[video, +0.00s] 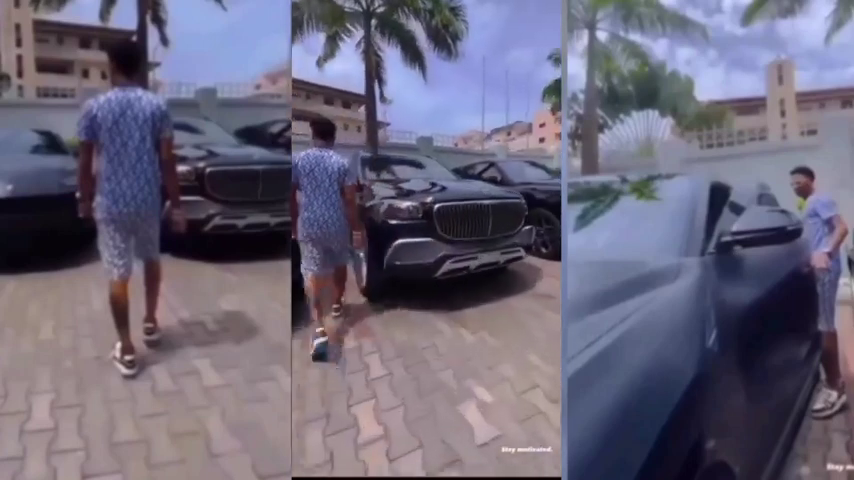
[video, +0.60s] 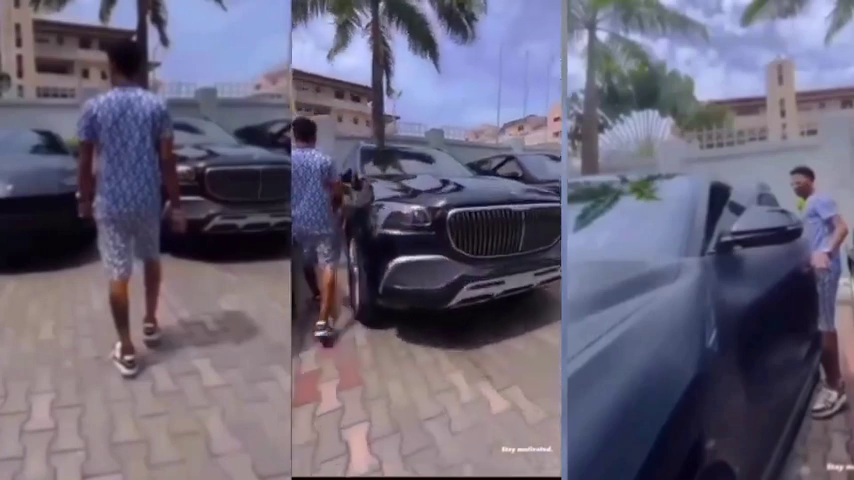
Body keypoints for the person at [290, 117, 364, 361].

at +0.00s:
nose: (320, 140)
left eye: (317, 135)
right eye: (329, 137)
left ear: (313, 136)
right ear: (333, 137)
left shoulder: (299, 160)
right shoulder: (341, 163)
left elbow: (293, 196)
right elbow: (349, 197)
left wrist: (294, 224)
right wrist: (356, 225)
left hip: (308, 223)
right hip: (336, 222)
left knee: (313, 274)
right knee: (339, 263)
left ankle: (318, 325)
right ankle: (337, 301)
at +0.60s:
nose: (298, 140)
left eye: (295, 135)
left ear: (294, 136)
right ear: (315, 136)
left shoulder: (288, 160)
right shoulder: (324, 161)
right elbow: (335, 189)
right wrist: (336, 208)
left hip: (297, 221)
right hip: (322, 220)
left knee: (305, 263)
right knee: (327, 266)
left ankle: (316, 295)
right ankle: (323, 319)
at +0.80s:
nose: (314, 138)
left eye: (308, 134)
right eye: (321, 133)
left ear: (304, 135)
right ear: (323, 134)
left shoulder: (295, 158)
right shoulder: (332, 157)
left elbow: (292, 187)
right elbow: (344, 186)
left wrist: (297, 205)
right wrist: (343, 205)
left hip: (307, 213)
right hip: (332, 212)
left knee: (317, 259)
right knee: (343, 254)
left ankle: (327, 299)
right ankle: (339, 294)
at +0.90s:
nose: (323, 138)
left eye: (317, 134)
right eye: (328, 134)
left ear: (311, 135)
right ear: (331, 135)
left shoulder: (300, 158)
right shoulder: (340, 158)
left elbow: (300, 190)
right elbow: (351, 187)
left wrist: (306, 204)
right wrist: (349, 203)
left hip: (315, 213)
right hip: (340, 213)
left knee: (325, 260)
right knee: (351, 251)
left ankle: (334, 303)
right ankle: (349, 290)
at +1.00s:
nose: (333, 140)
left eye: (326, 136)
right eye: (337, 136)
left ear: (321, 137)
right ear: (341, 137)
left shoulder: (311, 160)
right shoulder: (349, 159)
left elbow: (310, 192)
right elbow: (358, 188)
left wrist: (315, 204)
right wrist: (359, 202)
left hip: (325, 214)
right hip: (348, 213)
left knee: (333, 259)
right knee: (356, 252)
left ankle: (342, 304)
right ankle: (357, 289)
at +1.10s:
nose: (343, 142)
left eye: (338, 139)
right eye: (347, 139)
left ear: (332, 139)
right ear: (351, 140)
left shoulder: (321, 162)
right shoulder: (358, 162)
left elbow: (321, 192)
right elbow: (365, 191)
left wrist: (328, 203)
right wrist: (374, 186)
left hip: (333, 215)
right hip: (356, 214)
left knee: (342, 258)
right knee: (362, 254)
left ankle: (350, 304)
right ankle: (362, 289)